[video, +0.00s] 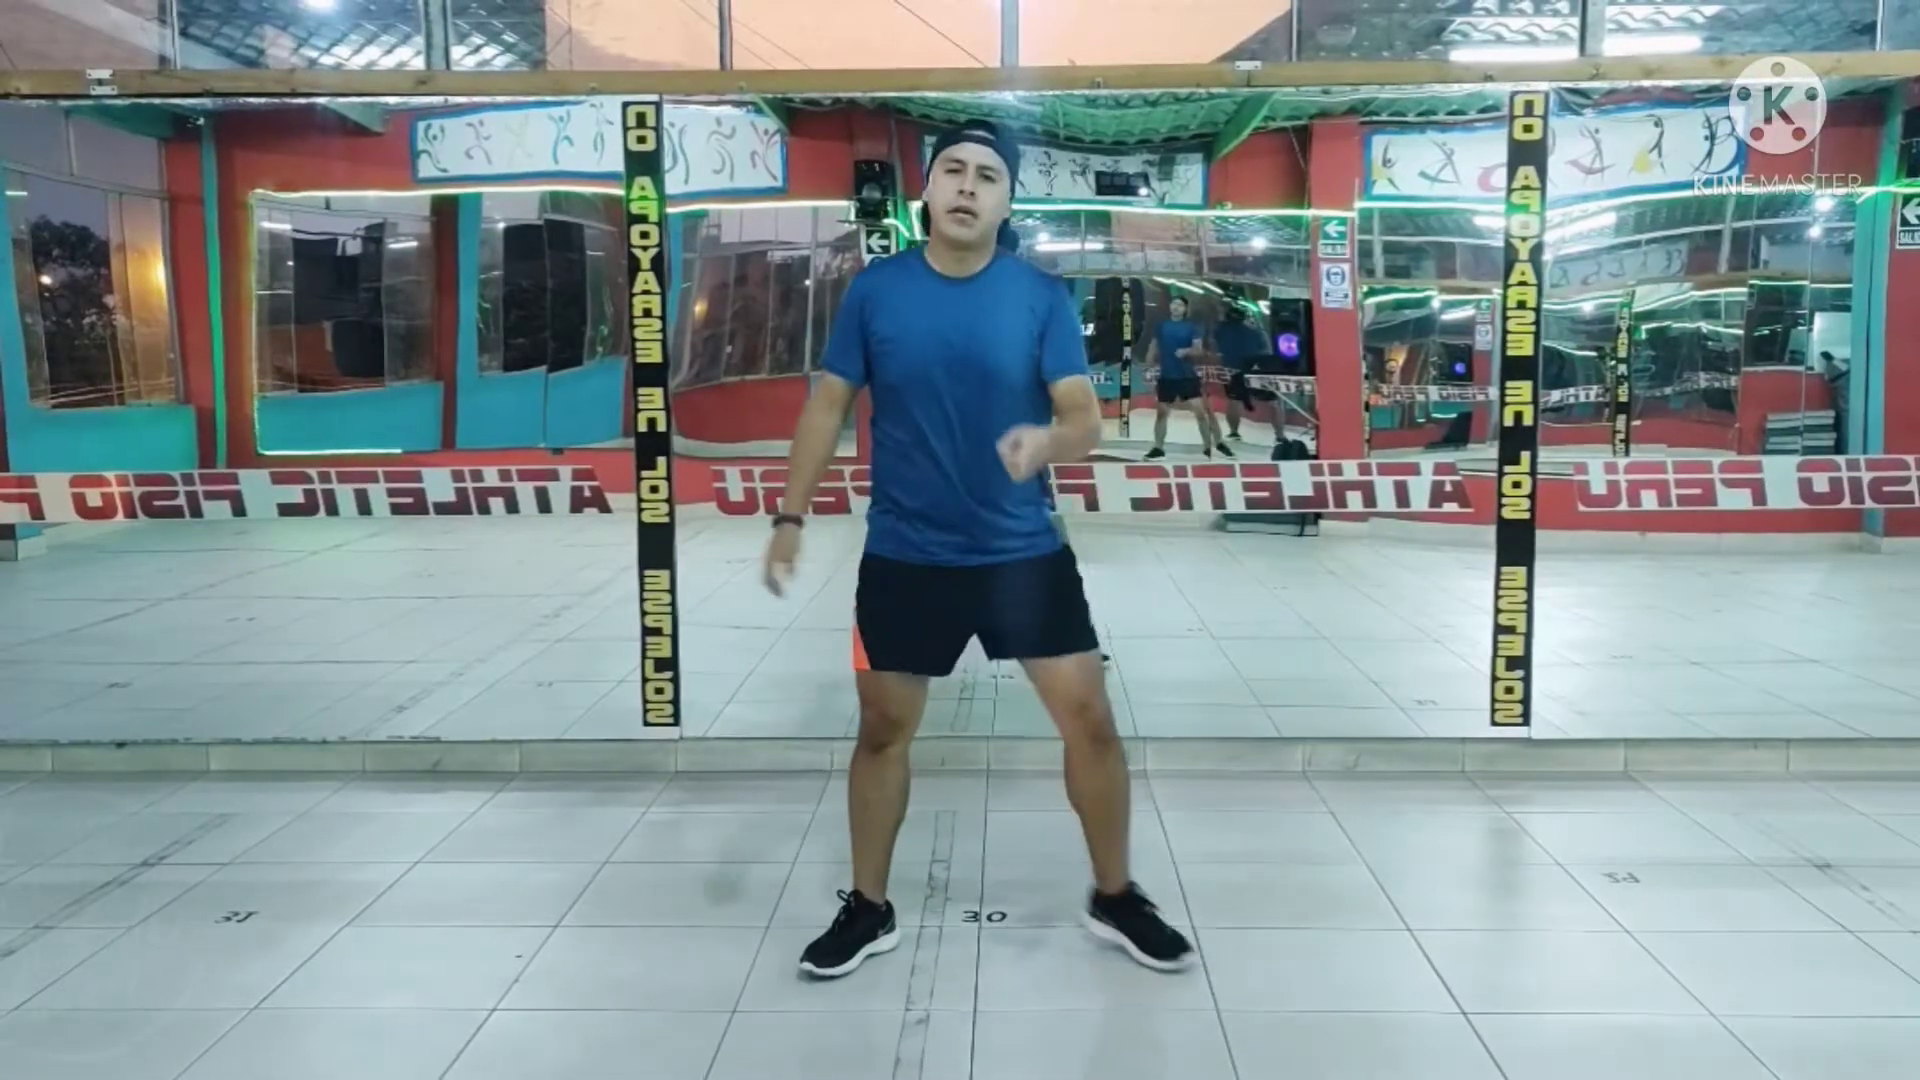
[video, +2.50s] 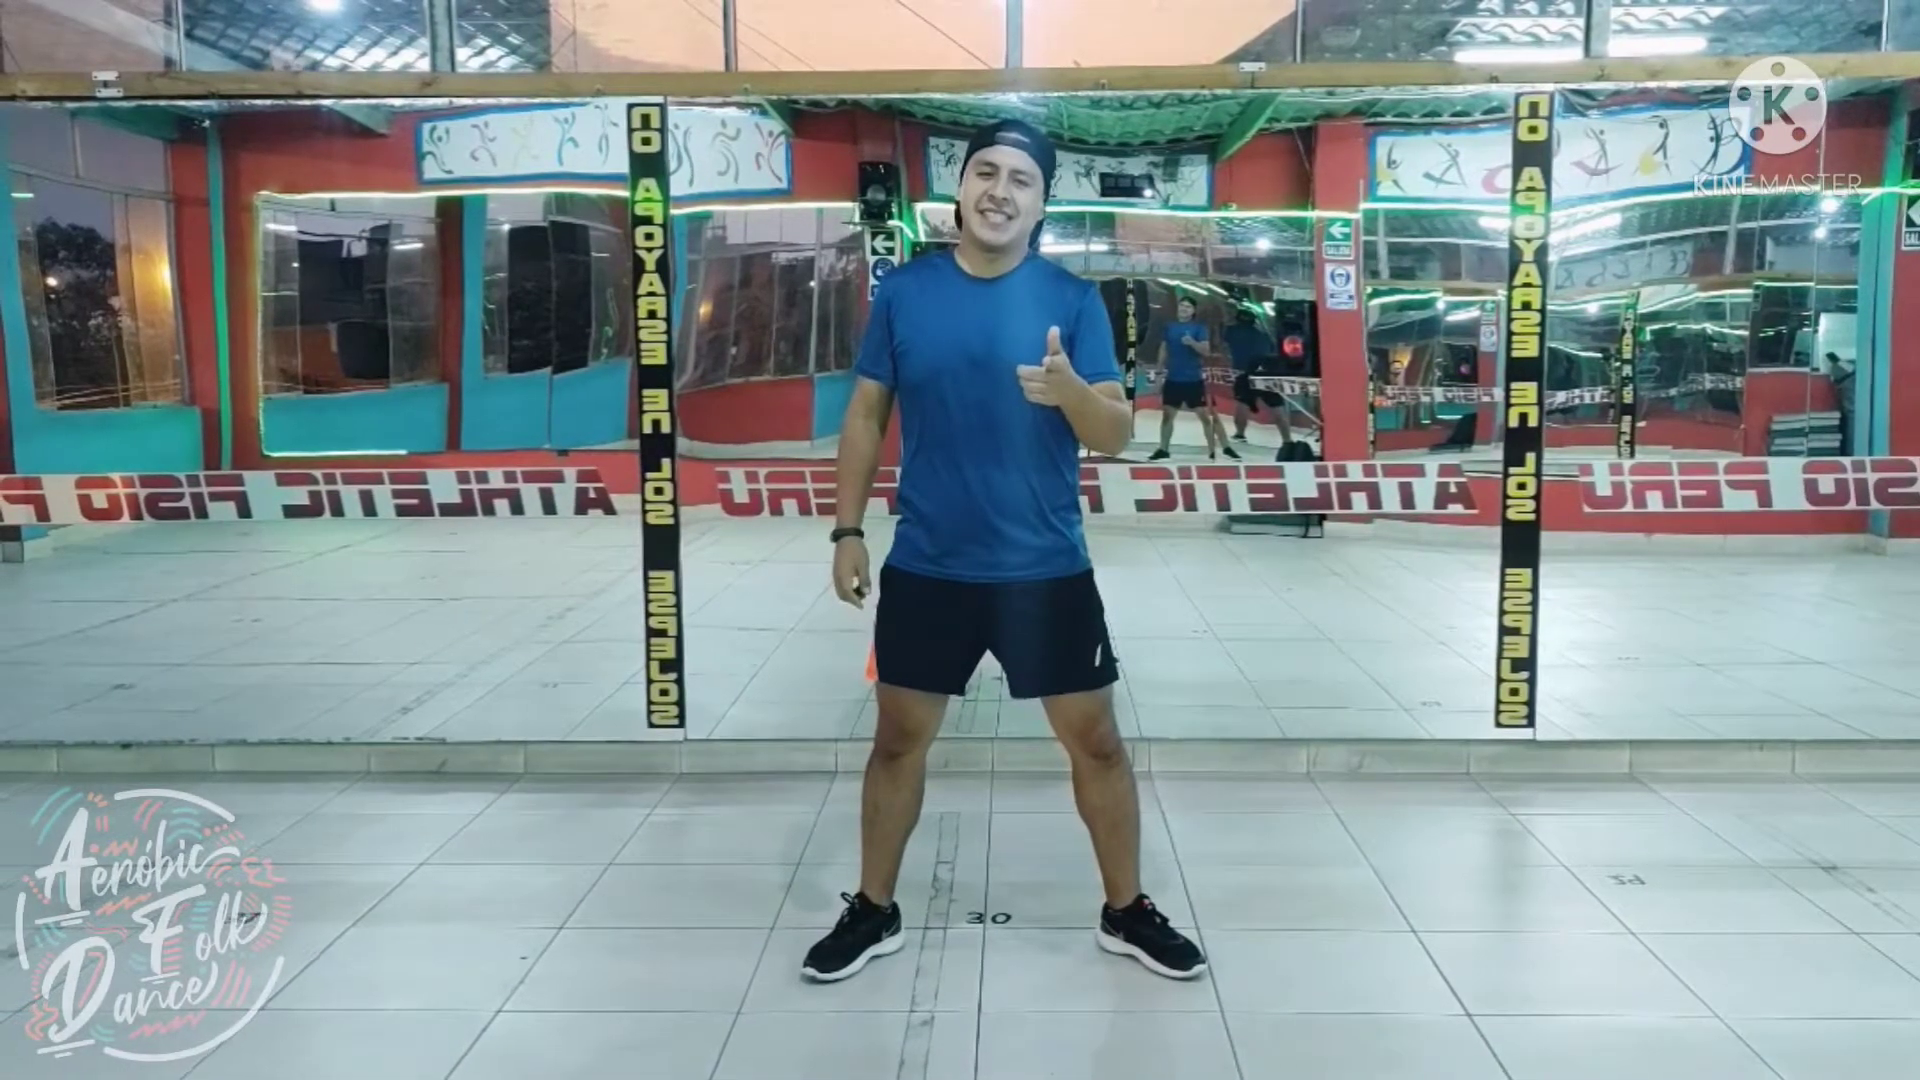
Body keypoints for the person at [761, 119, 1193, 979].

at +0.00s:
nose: (967, 186)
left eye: (986, 177)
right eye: (953, 172)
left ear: (1008, 204)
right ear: (926, 192)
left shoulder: (1039, 295)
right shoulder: (874, 291)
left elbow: (1084, 424)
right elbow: (827, 406)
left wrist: (1046, 441)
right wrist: (791, 515)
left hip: (1023, 549)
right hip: (907, 549)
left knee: (1089, 715)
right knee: (882, 727)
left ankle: (1115, 893)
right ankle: (867, 901)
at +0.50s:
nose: (999, 185)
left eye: (1019, 176)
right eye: (986, 170)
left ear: (1044, 204)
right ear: (960, 190)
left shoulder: (1072, 297)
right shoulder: (907, 290)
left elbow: (1111, 428)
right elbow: (874, 413)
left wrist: (1061, 390)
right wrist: (859, 523)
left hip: (1047, 558)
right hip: (933, 555)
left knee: (1094, 733)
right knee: (901, 734)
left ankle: (1124, 905)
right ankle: (871, 904)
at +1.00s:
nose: (995, 186)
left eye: (1014, 177)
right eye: (981, 171)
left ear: (1038, 203)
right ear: (953, 189)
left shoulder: (1067, 297)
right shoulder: (901, 291)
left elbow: (1112, 430)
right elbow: (862, 406)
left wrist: (1068, 395)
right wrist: (833, 521)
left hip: (1041, 561)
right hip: (926, 558)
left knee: (1092, 738)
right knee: (896, 736)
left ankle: (1124, 905)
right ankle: (871, 905)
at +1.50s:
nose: (993, 189)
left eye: (1013, 180)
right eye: (980, 173)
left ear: (1037, 203)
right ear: (952, 189)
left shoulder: (1068, 297)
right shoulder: (900, 292)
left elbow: (1111, 431)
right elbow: (865, 413)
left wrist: (1067, 395)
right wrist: (847, 527)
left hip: (1044, 563)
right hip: (928, 560)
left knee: (1094, 740)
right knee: (896, 739)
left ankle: (1124, 905)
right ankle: (871, 905)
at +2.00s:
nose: (996, 190)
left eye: (1016, 180)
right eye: (982, 174)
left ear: (1039, 204)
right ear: (955, 191)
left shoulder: (1069, 298)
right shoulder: (900, 292)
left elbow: (1111, 432)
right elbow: (866, 412)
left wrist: (1069, 397)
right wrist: (848, 529)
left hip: (1045, 564)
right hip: (928, 560)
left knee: (1095, 742)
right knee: (896, 740)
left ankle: (1125, 906)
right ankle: (872, 905)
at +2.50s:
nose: (1000, 190)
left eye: (1020, 181)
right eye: (986, 174)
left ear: (1042, 206)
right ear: (957, 190)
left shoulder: (1072, 299)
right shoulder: (903, 292)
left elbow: (1113, 435)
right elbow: (867, 411)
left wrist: (1074, 398)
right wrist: (849, 527)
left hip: (1045, 564)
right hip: (929, 560)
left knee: (1096, 742)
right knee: (896, 738)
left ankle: (1126, 906)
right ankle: (873, 905)